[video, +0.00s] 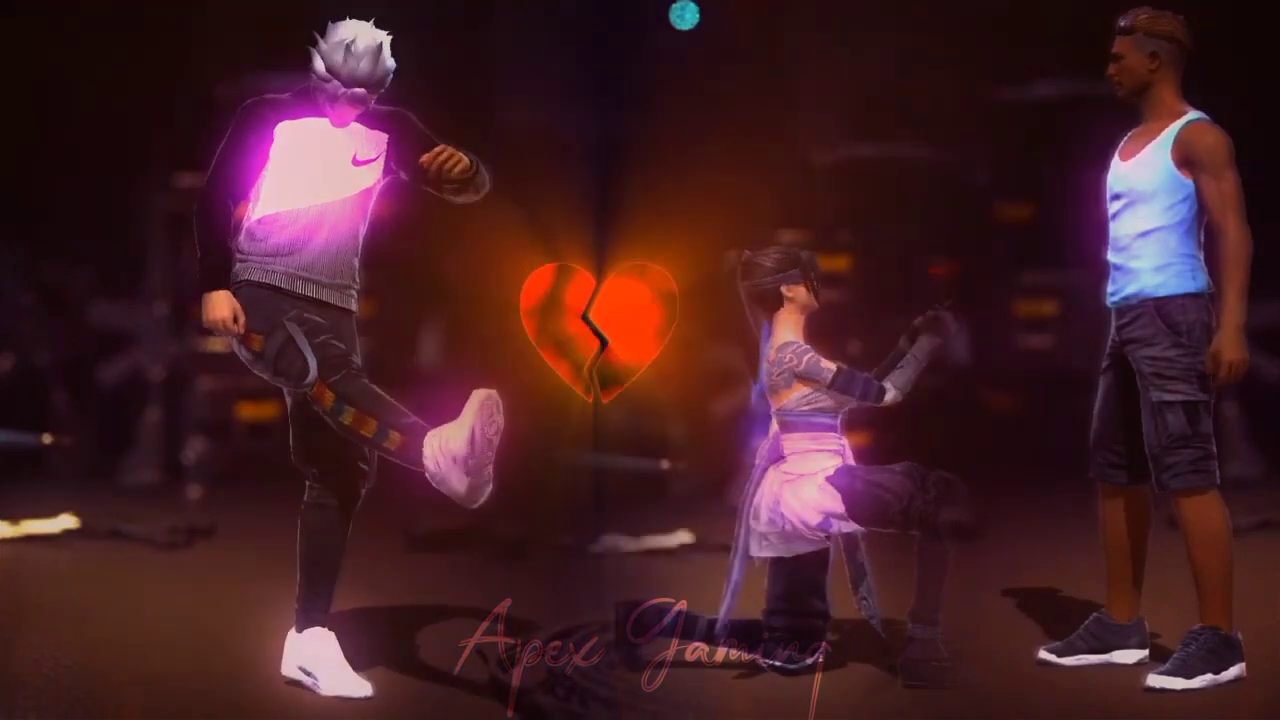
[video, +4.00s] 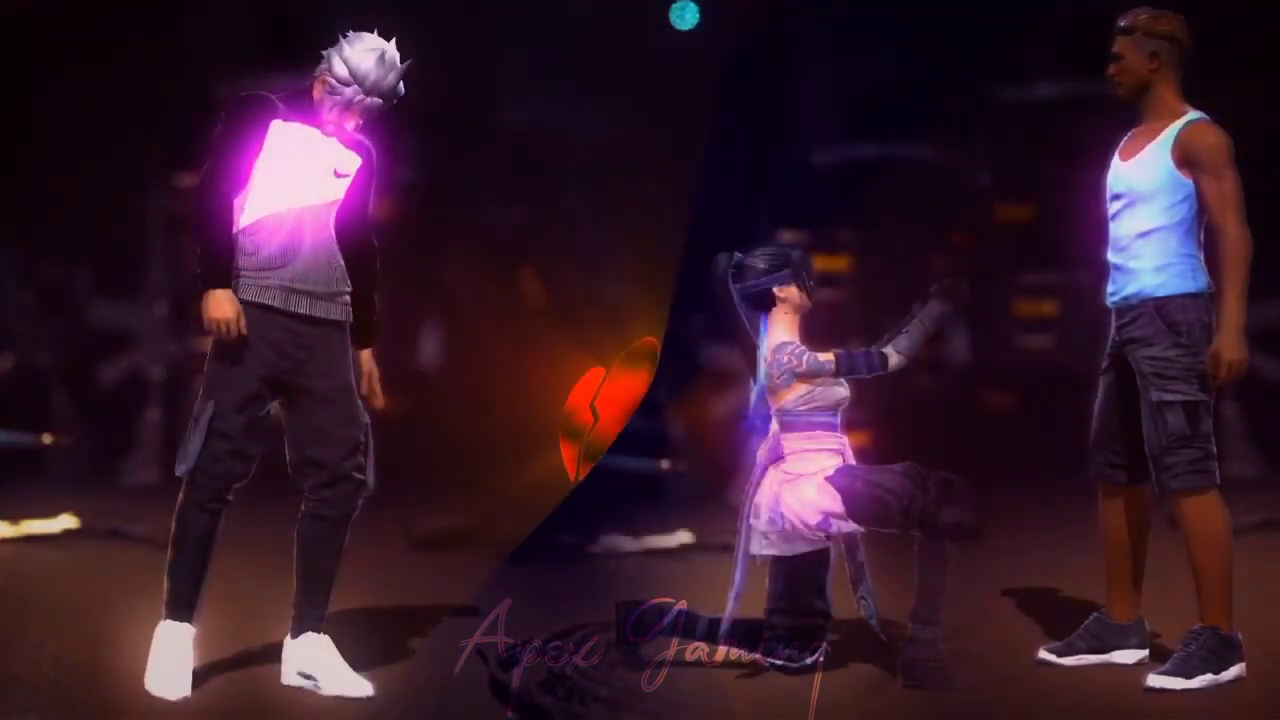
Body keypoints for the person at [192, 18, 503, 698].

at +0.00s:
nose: (352, 108)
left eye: (366, 98)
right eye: (342, 94)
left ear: (382, 89)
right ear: (321, 76)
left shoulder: (393, 129)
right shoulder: (269, 115)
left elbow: (471, 191)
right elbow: (217, 198)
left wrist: (465, 173)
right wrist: (212, 281)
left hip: (335, 309)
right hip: (260, 293)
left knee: (335, 475)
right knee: (318, 371)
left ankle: (309, 634)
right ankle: (437, 456)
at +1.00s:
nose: (357, 117)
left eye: (370, 107)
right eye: (348, 102)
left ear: (386, 98)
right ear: (329, 80)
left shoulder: (391, 136)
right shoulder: (270, 118)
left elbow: (445, 213)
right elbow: (219, 202)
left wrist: (456, 194)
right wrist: (207, 287)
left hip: (334, 309)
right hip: (263, 294)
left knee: (344, 461)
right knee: (311, 408)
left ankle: (308, 635)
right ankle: (397, 520)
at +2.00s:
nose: (359, 122)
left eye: (373, 114)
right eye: (352, 106)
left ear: (387, 108)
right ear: (331, 83)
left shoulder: (380, 146)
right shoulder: (270, 117)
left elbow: (393, 228)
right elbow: (219, 201)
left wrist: (416, 267)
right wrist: (206, 286)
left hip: (333, 317)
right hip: (264, 305)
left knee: (348, 461)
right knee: (287, 454)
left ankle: (308, 618)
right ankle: (300, 615)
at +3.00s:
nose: (355, 124)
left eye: (369, 114)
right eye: (348, 106)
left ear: (383, 109)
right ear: (325, 85)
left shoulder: (373, 154)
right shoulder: (265, 118)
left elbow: (373, 249)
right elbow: (217, 197)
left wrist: (387, 333)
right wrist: (213, 284)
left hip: (334, 326)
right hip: (260, 315)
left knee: (345, 477)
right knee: (245, 469)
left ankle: (307, 639)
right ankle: (213, 638)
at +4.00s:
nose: (352, 119)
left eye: (366, 110)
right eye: (347, 101)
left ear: (377, 107)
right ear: (323, 82)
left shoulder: (370, 153)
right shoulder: (258, 118)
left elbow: (367, 251)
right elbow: (214, 197)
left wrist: (365, 342)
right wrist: (216, 282)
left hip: (329, 335)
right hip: (253, 321)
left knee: (338, 480)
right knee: (214, 472)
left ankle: (307, 638)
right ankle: (177, 627)